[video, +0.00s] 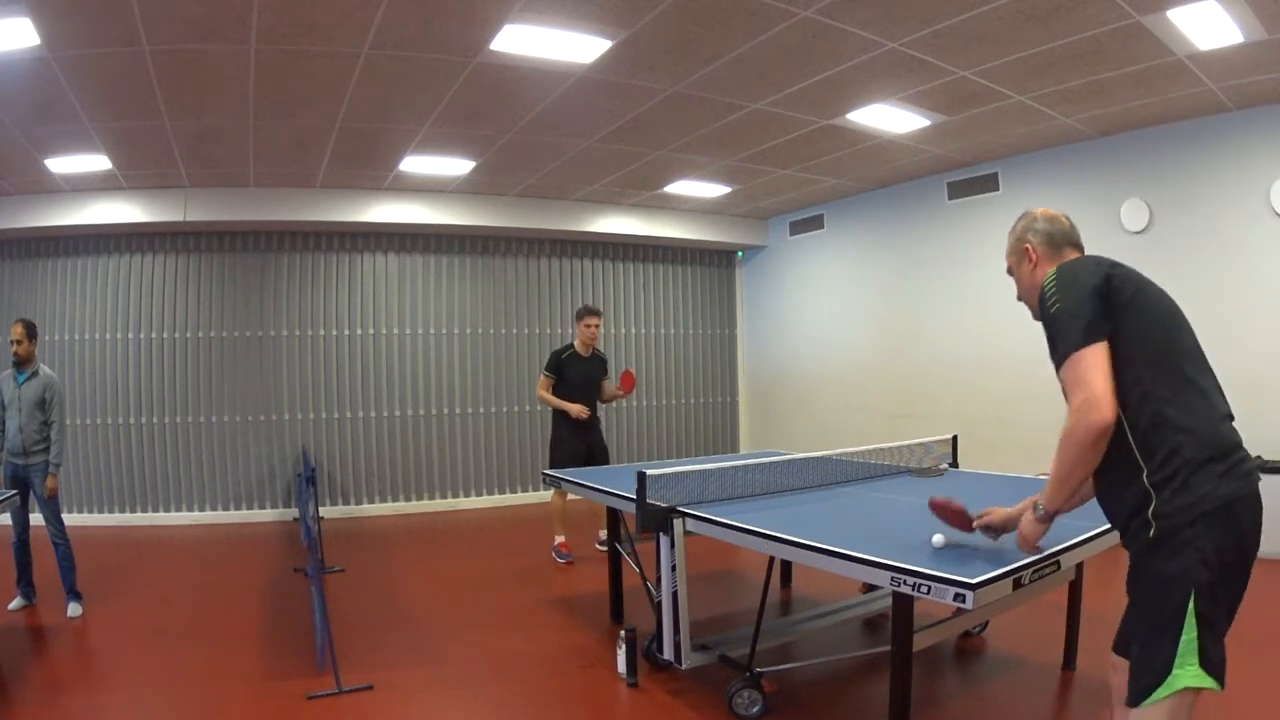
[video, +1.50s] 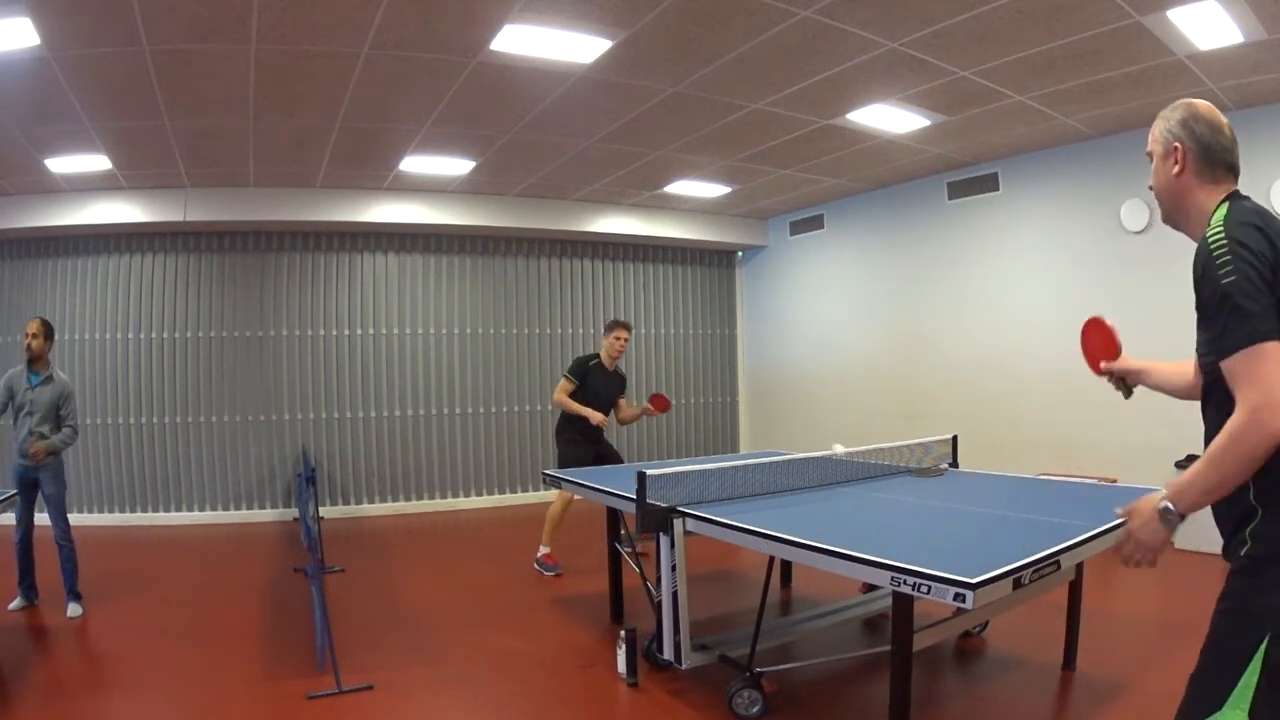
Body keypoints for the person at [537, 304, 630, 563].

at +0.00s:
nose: (593, 331)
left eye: (597, 327)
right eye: (588, 326)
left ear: (601, 330)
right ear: (577, 327)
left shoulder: (600, 360)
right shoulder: (560, 357)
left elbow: (602, 395)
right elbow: (541, 392)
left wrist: (619, 391)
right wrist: (569, 407)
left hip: (592, 431)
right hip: (565, 433)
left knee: (603, 483)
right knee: (561, 488)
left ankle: (605, 536)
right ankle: (559, 541)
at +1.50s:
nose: (621, 345)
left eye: (625, 341)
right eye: (617, 339)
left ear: (627, 345)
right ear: (604, 339)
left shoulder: (619, 378)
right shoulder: (583, 365)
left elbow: (622, 416)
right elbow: (558, 397)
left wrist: (642, 410)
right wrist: (589, 412)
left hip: (596, 437)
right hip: (572, 435)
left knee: (624, 479)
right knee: (568, 491)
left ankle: (620, 537)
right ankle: (544, 552)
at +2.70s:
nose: (586, 368)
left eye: (589, 363)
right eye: (580, 362)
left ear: (592, 364)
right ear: (567, 362)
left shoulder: (596, 394)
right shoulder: (546, 389)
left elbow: (613, 425)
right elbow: (518, 421)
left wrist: (628, 431)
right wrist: (534, 435)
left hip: (574, 455)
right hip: (543, 455)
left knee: (614, 490)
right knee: (527, 505)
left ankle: (615, 550)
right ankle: (500, 561)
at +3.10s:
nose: (599, 342)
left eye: (601, 337)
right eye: (593, 337)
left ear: (601, 340)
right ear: (577, 339)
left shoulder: (600, 372)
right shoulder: (556, 366)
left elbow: (632, 394)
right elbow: (534, 402)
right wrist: (560, 414)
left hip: (581, 444)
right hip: (550, 444)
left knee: (615, 489)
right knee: (535, 498)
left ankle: (616, 549)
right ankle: (507, 558)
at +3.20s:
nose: (585, 335)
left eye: (588, 330)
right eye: (580, 331)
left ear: (591, 334)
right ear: (565, 334)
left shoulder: (597, 365)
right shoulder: (547, 363)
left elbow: (632, 385)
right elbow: (527, 399)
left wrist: (636, 356)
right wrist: (546, 409)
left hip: (581, 443)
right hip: (548, 443)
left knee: (612, 490)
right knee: (530, 498)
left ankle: (616, 546)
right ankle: (509, 555)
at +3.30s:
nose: (576, 345)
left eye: (579, 340)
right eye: (570, 341)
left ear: (583, 343)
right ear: (558, 344)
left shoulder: (593, 374)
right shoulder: (540, 375)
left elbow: (625, 401)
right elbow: (522, 408)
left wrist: (625, 375)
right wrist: (533, 420)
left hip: (583, 450)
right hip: (549, 451)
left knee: (613, 495)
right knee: (529, 503)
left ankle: (616, 548)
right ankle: (509, 557)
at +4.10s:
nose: (554, 350)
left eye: (558, 344)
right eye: (548, 345)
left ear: (564, 347)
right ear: (539, 348)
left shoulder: (577, 376)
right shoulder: (524, 375)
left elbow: (608, 408)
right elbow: (510, 401)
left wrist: (614, 390)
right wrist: (499, 420)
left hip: (566, 443)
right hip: (535, 444)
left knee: (592, 491)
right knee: (524, 497)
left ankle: (600, 535)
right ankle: (505, 556)